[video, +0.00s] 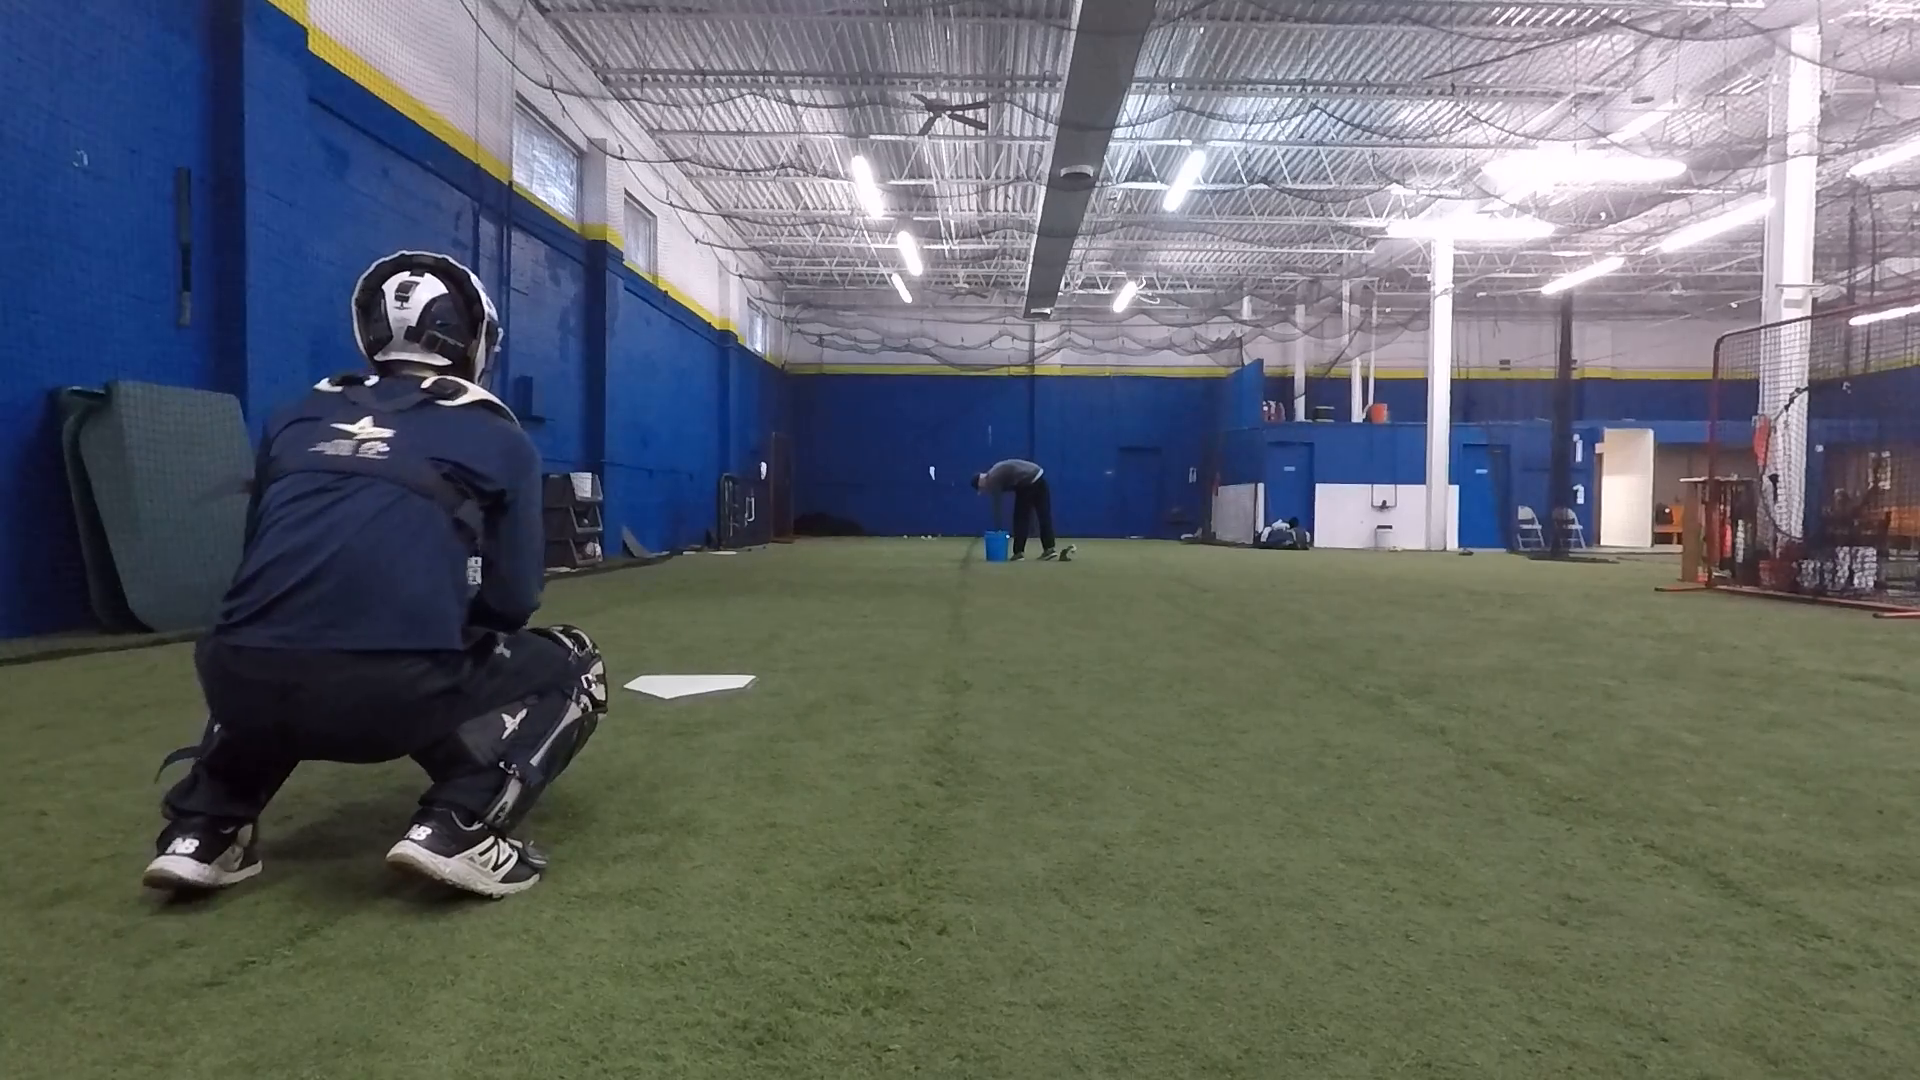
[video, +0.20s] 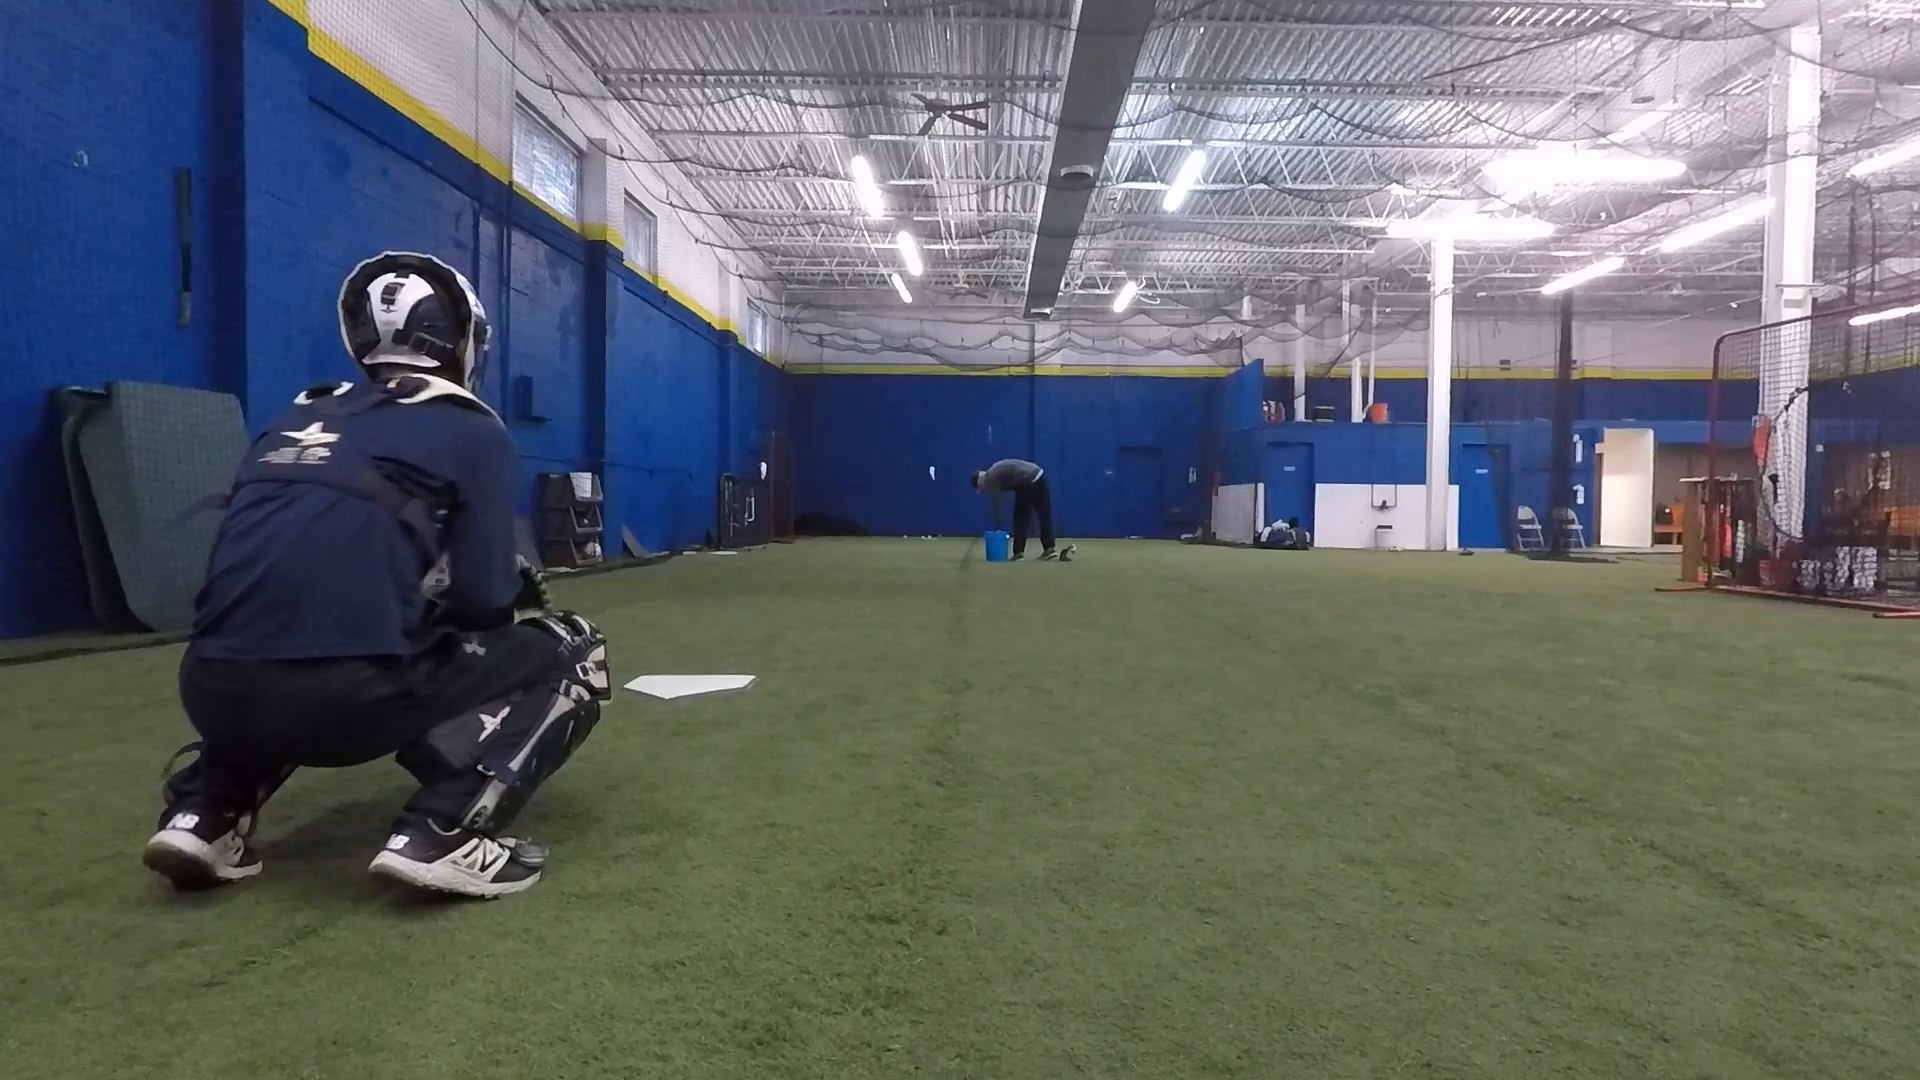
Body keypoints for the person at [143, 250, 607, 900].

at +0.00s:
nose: (488, 348)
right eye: (483, 334)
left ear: (369, 338)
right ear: (472, 342)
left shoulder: (295, 415)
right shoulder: (502, 439)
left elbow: (259, 554)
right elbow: (513, 598)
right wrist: (448, 636)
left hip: (252, 685)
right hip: (397, 693)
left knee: (283, 629)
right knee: (572, 665)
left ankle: (202, 827)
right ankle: (459, 823)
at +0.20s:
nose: (478, 352)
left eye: (474, 337)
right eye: (473, 337)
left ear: (359, 340)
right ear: (459, 341)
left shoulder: (293, 417)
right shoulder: (475, 431)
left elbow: (259, 566)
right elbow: (484, 598)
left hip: (222, 694)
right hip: (357, 700)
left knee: (297, 618)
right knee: (573, 654)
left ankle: (203, 814)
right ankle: (445, 830)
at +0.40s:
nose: (466, 352)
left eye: (464, 336)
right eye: (462, 336)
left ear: (350, 341)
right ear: (445, 339)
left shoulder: (287, 412)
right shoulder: (454, 423)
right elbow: (459, 595)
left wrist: (391, 609)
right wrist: (500, 600)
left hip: (203, 692)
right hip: (329, 689)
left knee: (294, 613)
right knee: (569, 646)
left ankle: (205, 808)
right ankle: (438, 835)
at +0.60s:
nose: (457, 353)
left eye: (453, 338)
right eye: (451, 338)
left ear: (340, 350)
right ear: (433, 342)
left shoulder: (279, 422)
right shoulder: (453, 432)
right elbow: (465, 602)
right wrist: (501, 598)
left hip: (211, 705)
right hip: (340, 708)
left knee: (279, 613)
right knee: (572, 653)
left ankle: (204, 812)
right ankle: (446, 831)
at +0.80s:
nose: (457, 352)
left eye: (454, 337)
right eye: (452, 337)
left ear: (338, 348)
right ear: (436, 341)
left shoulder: (273, 424)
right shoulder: (462, 436)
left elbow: (252, 573)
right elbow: (482, 606)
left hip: (218, 701)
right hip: (355, 704)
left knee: (278, 621)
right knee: (569, 655)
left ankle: (202, 814)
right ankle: (451, 827)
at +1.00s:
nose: (459, 354)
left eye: (455, 340)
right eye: (453, 339)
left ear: (342, 350)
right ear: (438, 343)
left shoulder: (277, 426)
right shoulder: (463, 441)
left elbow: (263, 577)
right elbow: (480, 606)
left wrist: (395, 619)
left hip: (214, 707)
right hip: (350, 708)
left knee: (276, 619)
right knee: (568, 658)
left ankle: (202, 812)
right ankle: (451, 828)